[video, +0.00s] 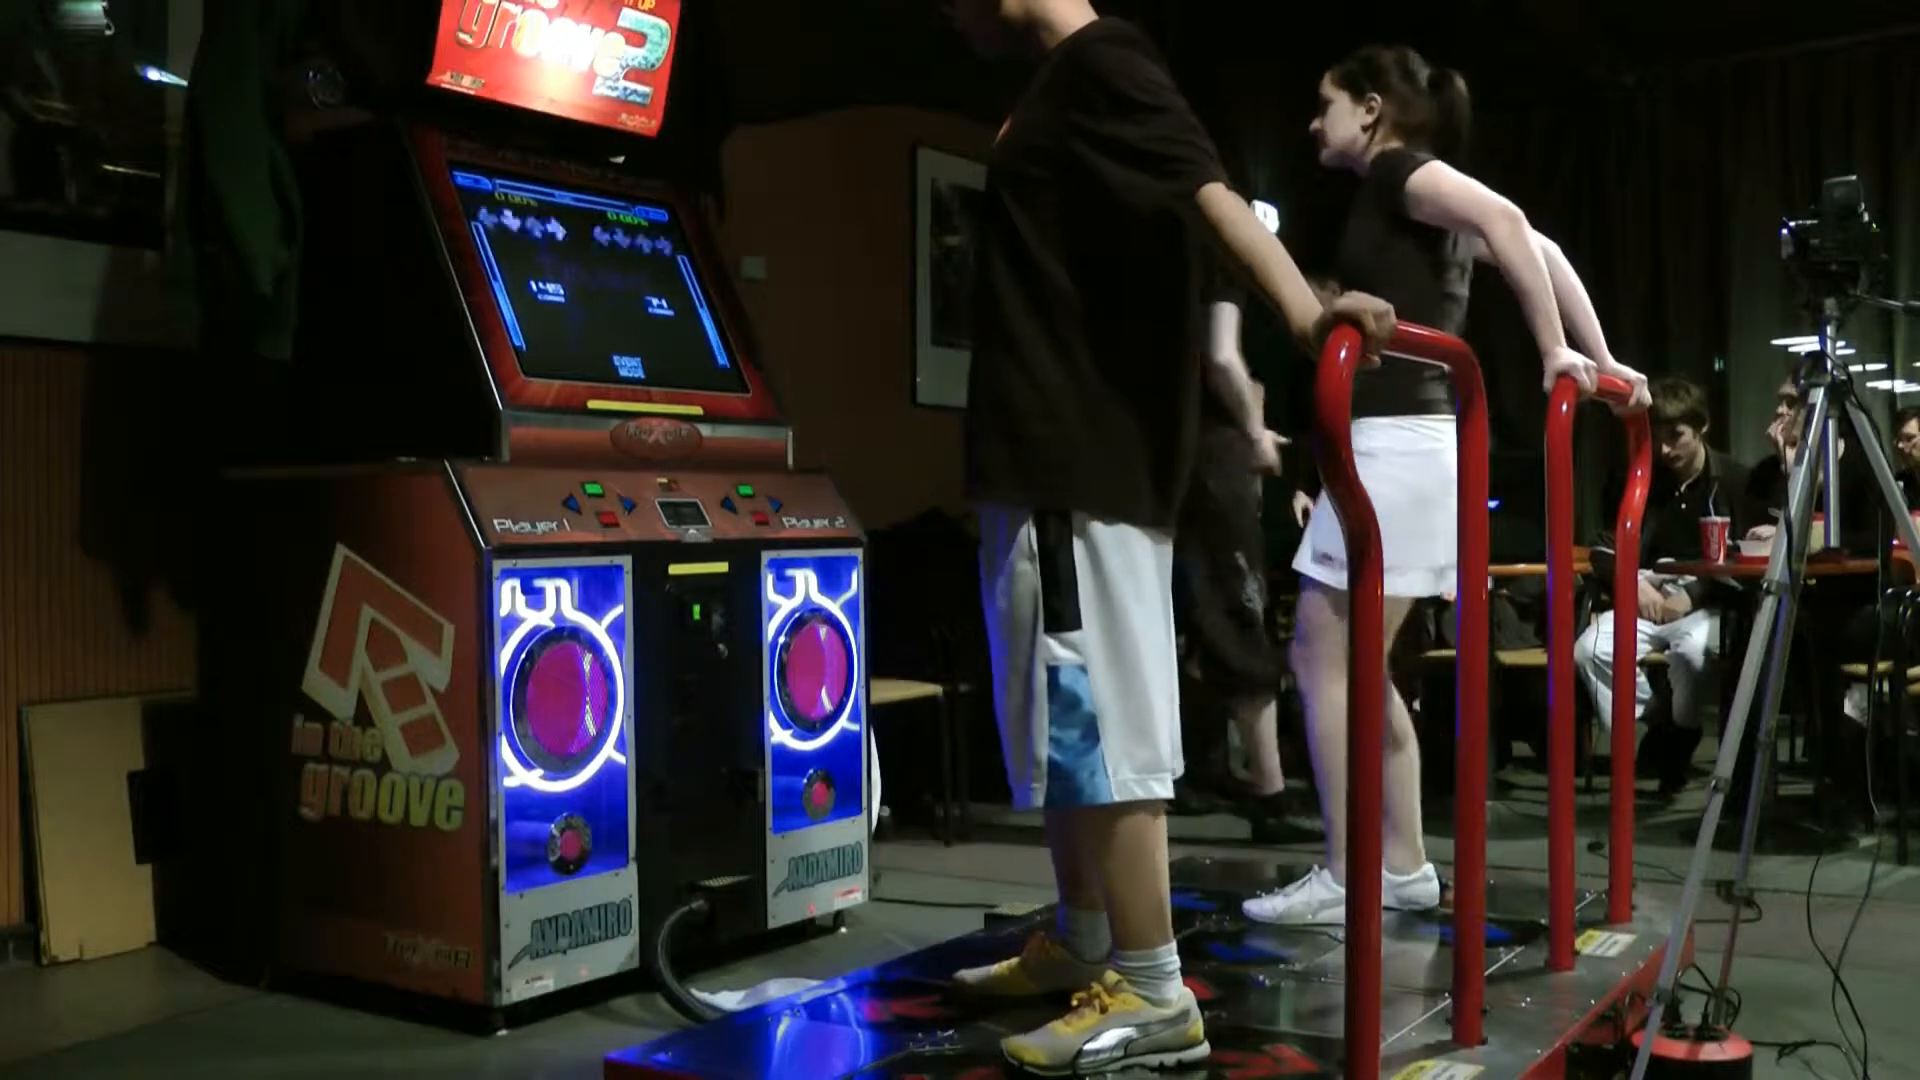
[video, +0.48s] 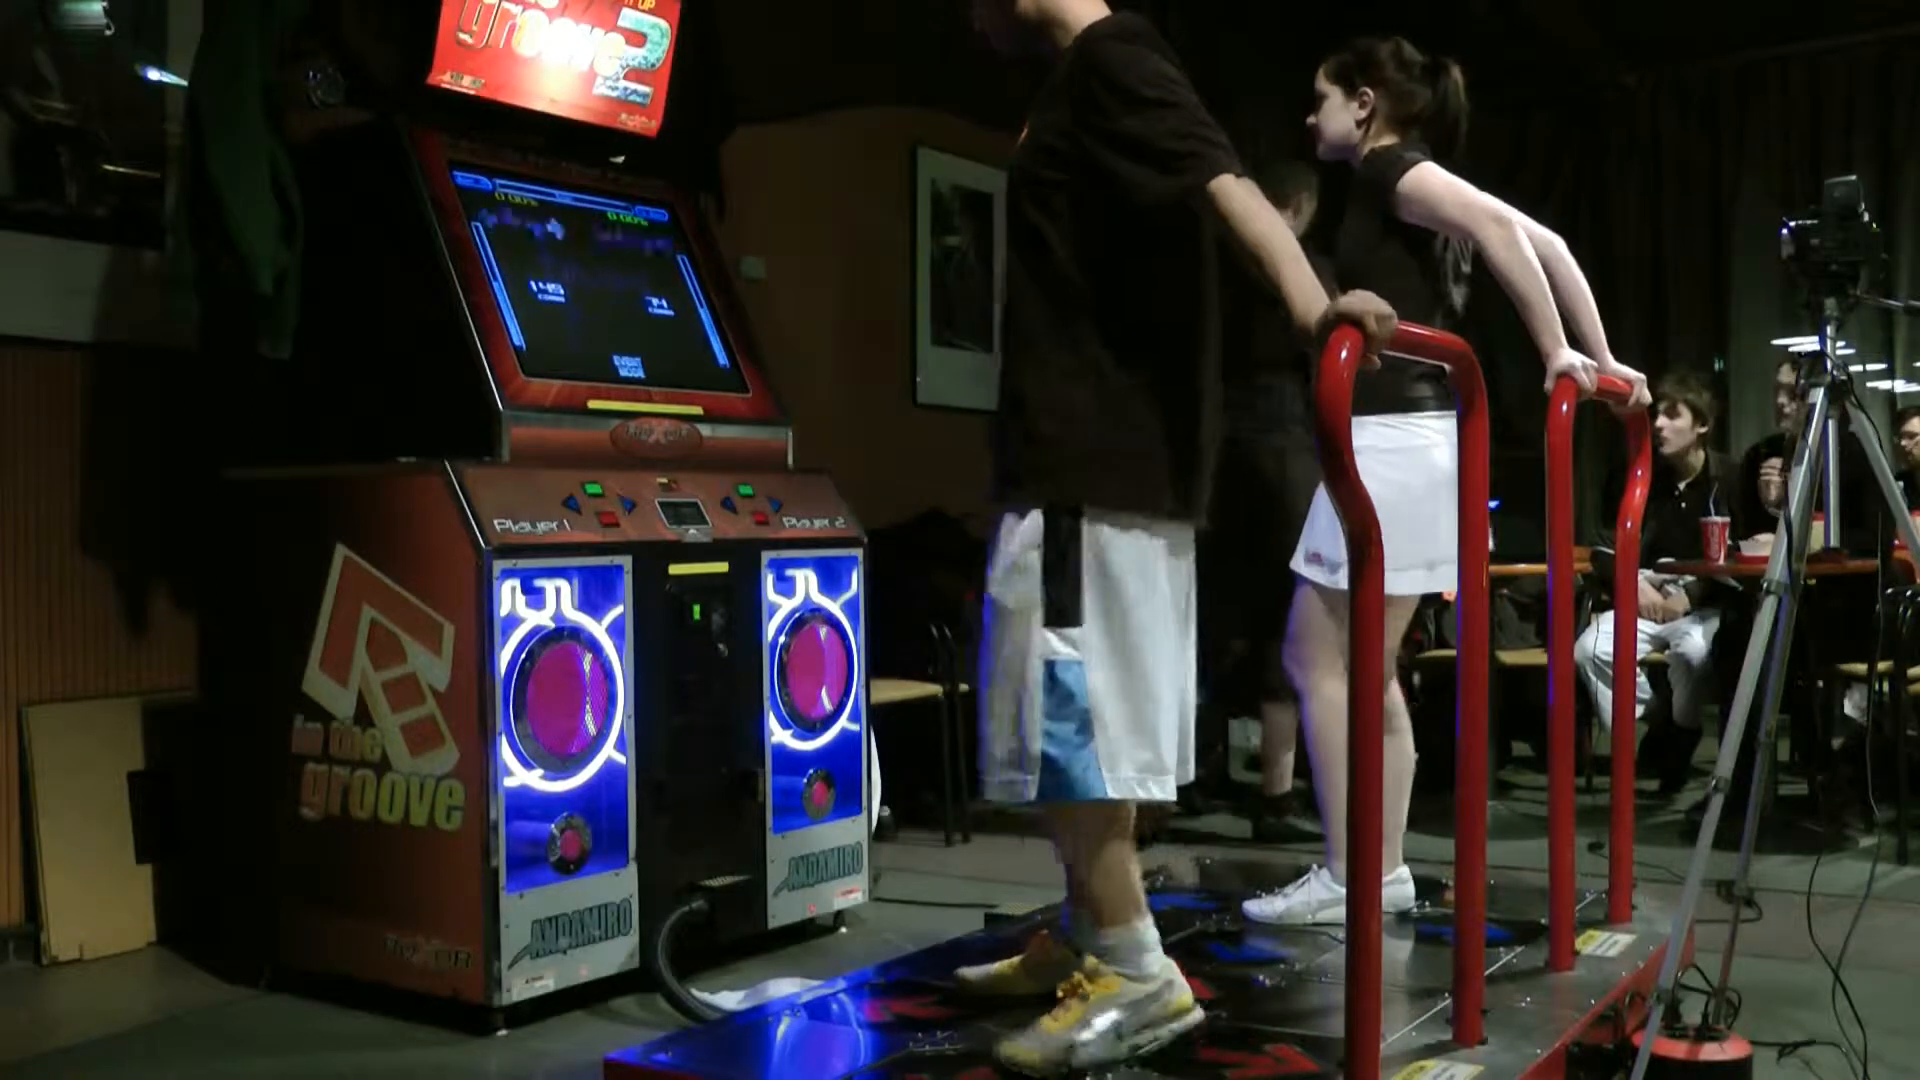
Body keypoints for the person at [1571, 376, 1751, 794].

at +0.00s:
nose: (1667, 448)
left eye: (1675, 435)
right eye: (1658, 438)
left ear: (1701, 428)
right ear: (1648, 437)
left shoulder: (1732, 480)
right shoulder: (1644, 479)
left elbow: (1744, 558)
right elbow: (1605, 548)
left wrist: (1691, 597)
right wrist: (1634, 586)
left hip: (1705, 602)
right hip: (1646, 597)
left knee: (1689, 653)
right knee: (1594, 649)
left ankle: (1683, 737)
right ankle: (1659, 731)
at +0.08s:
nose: (1667, 447)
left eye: (1675, 436)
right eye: (1658, 438)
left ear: (1701, 428)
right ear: (1648, 437)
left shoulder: (1732, 480)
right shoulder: (1644, 479)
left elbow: (1746, 558)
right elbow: (1605, 549)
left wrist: (1691, 597)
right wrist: (1634, 586)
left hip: (1705, 602)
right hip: (1645, 598)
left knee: (1689, 654)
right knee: (1594, 649)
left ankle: (1683, 737)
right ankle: (1658, 731)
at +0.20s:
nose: (1666, 447)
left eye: (1675, 435)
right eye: (1658, 437)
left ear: (1701, 429)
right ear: (1648, 438)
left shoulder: (1732, 480)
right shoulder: (1642, 479)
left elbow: (1745, 557)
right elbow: (1604, 549)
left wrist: (1691, 596)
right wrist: (1634, 587)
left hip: (1704, 602)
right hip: (1645, 598)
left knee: (1692, 654)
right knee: (1594, 649)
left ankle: (1683, 736)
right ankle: (1659, 730)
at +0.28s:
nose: (1660, 439)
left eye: (1671, 429)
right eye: (1654, 429)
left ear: (1700, 430)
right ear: (1647, 432)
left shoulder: (1731, 480)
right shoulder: (1640, 477)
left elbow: (1742, 555)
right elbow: (1605, 548)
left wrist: (1690, 595)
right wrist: (1635, 587)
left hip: (1703, 601)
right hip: (1644, 597)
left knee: (1694, 656)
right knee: (1595, 649)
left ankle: (1683, 735)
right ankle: (1658, 728)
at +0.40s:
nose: (1659, 428)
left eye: (1671, 419)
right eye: (1655, 418)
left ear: (1700, 429)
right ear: (1648, 423)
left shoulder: (1727, 477)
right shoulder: (1639, 474)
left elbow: (1737, 553)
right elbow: (1607, 547)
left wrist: (1689, 594)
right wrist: (1635, 585)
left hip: (1700, 603)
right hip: (1644, 598)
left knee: (1692, 651)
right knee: (1594, 649)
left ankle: (1683, 735)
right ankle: (1656, 729)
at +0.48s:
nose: (1660, 424)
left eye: (1673, 415)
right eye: (1657, 414)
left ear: (1701, 428)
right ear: (1650, 420)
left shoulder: (1726, 479)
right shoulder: (1639, 474)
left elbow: (1734, 554)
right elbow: (1607, 546)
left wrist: (1687, 595)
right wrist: (1635, 586)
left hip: (1699, 602)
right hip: (1643, 597)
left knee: (1693, 654)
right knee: (1594, 650)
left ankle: (1683, 734)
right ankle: (1655, 728)